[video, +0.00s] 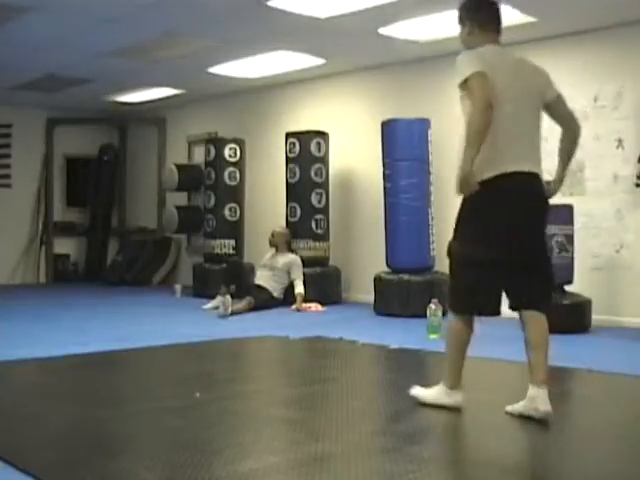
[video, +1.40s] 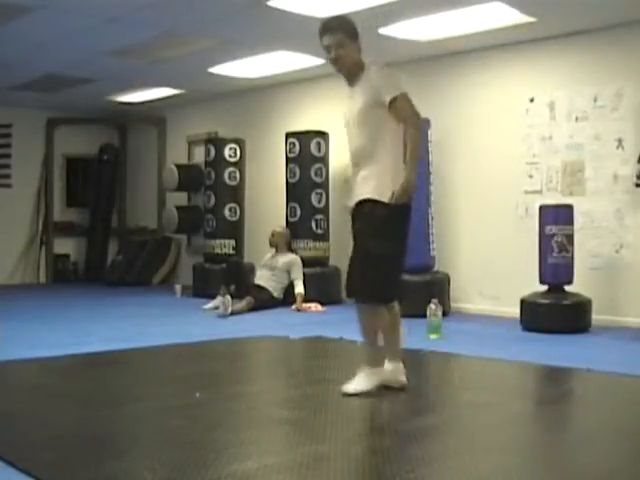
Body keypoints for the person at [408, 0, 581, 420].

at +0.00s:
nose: (460, 36)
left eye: (461, 29)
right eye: (461, 29)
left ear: (469, 28)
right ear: (499, 27)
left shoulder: (472, 60)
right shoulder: (531, 70)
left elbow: (482, 105)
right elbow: (571, 126)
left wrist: (465, 168)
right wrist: (558, 177)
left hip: (488, 193)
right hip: (530, 193)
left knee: (463, 293)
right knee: (531, 294)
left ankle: (449, 387)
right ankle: (539, 392)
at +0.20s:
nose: (435, 37)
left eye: (436, 30)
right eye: (437, 30)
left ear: (445, 27)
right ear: (473, 27)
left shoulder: (438, 65)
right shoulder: (503, 67)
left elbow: (422, 121)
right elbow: (534, 127)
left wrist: (419, 177)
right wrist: (505, 162)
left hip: (460, 192)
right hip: (502, 189)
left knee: (451, 291)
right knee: (512, 285)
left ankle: (446, 387)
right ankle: (537, 376)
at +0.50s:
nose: (402, 40)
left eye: (403, 33)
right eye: (403, 34)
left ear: (413, 31)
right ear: (438, 30)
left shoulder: (405, 66)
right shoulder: (470, 67)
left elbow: (393, 121)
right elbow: (510, 123)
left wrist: (392, 179)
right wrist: (491, 173)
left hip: (431, 190)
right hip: (470, 187)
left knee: (435, 288)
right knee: (468, 281)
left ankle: (444, 387)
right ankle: (499, 353)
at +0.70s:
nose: (385, 45)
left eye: (386, 38)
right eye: (386, 39)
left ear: (395, 36)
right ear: (421, 36)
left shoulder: (392, 71)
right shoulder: (453, 71)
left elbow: (392, 120)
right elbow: (495, 119)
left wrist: (388, 182)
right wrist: (490, 170)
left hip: (422, 193)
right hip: (456, 190)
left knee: (431, 291)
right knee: (437, 286)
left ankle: (445, 386)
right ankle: (443, 368)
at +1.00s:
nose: (362, 55)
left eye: (365, 47)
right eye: (360, 48)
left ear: (389, 41)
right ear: (394, 46)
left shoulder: (381, 76)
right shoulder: (429, 83)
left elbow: (375, 129)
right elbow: (456, 145)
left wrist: (358, 183)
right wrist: (431, 180)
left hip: (397, 197)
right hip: (425, 196)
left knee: (419, 291)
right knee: (402, 288)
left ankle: (443, 382)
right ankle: (395, 368)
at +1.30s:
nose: (339, 58)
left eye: (342, 48)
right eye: (334, 52)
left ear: (362, 41)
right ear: (339, 53)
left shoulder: (380, 75)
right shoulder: (370, 85)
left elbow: (413, 119)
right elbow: (417, 122)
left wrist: (405, 175)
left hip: (391, 199)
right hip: (378, 199)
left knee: (374, 285)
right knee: (376, 285)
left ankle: (408, 360)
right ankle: (395, 360)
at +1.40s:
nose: (334, 57)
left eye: (339, 48)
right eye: (328, 52)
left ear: (357, 44)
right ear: (326, 55)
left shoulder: (380, 78)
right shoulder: (356, 92)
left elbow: (415, 122)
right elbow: (374, 143)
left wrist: (409, 177)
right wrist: (359, 186)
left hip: (384, 197)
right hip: (368, 198)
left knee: (363, 285)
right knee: (382, 286)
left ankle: (372, 367)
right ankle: (394, 364)